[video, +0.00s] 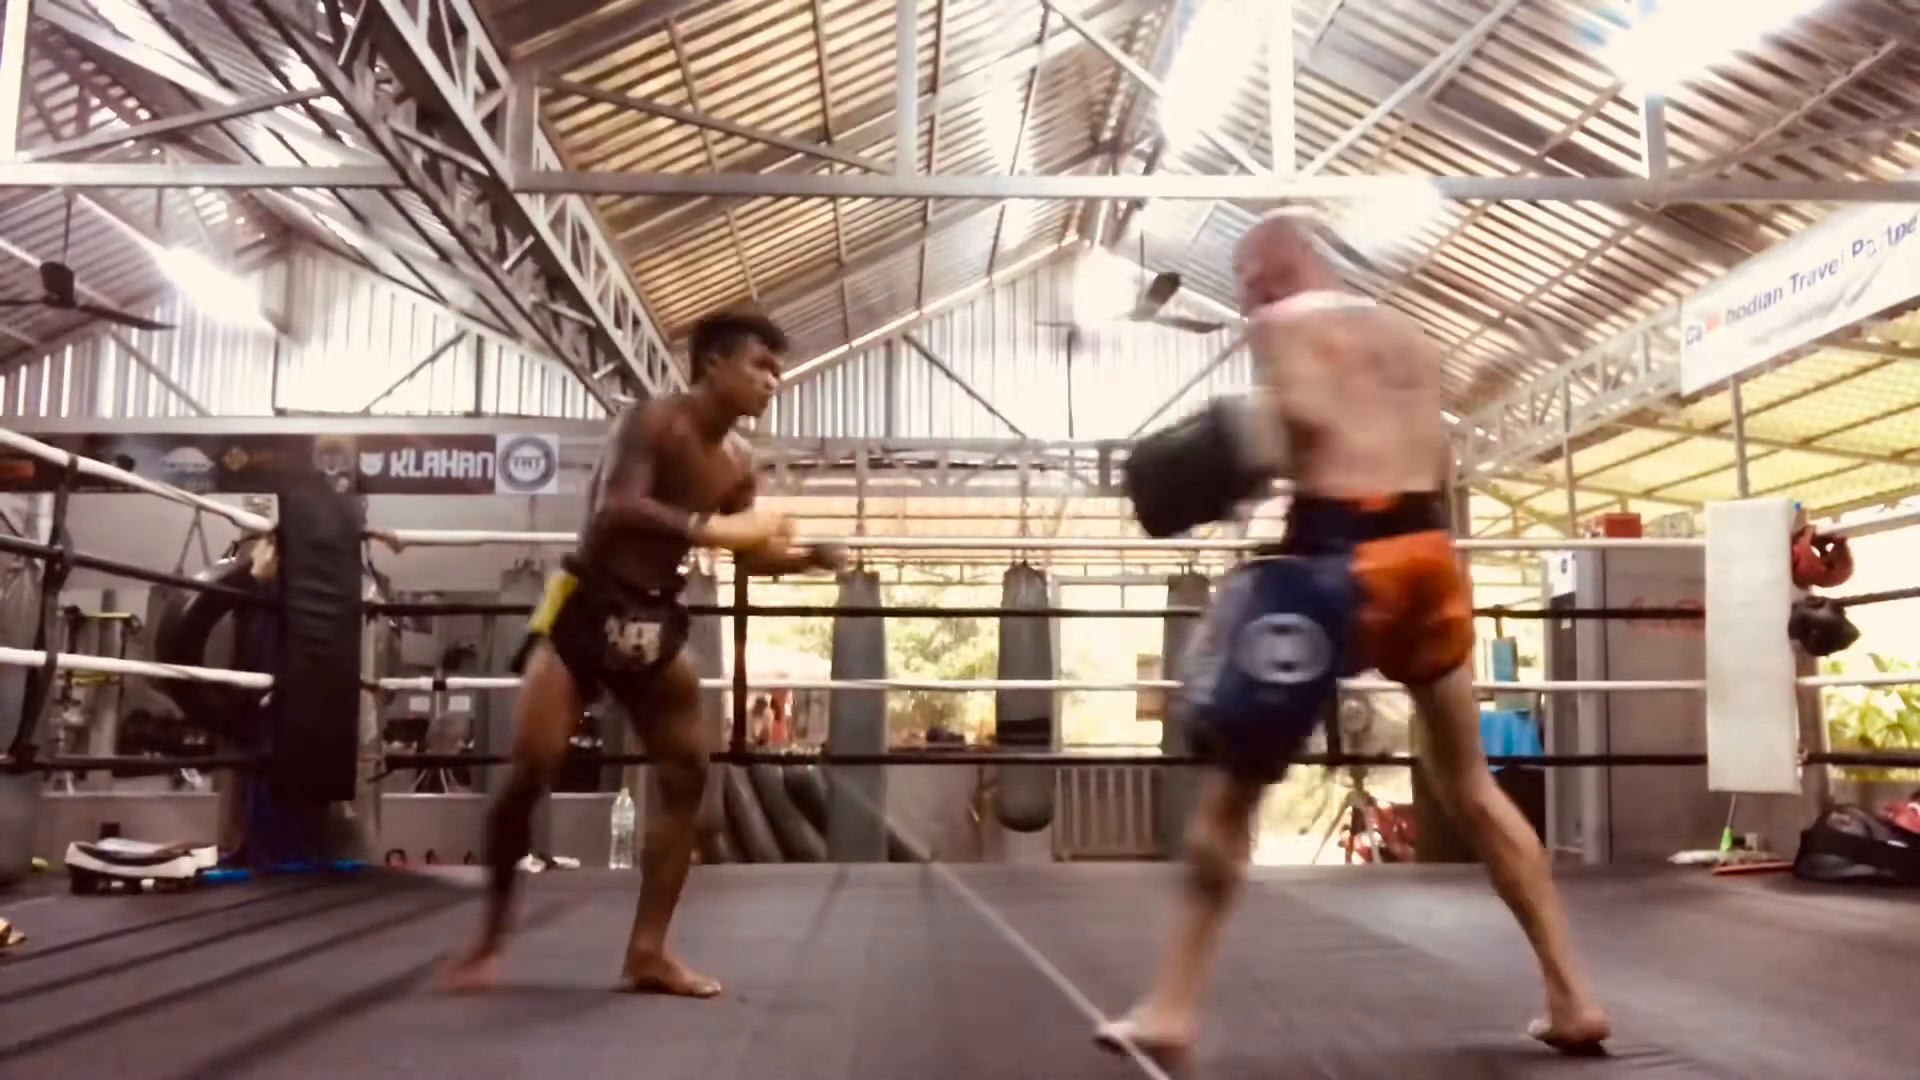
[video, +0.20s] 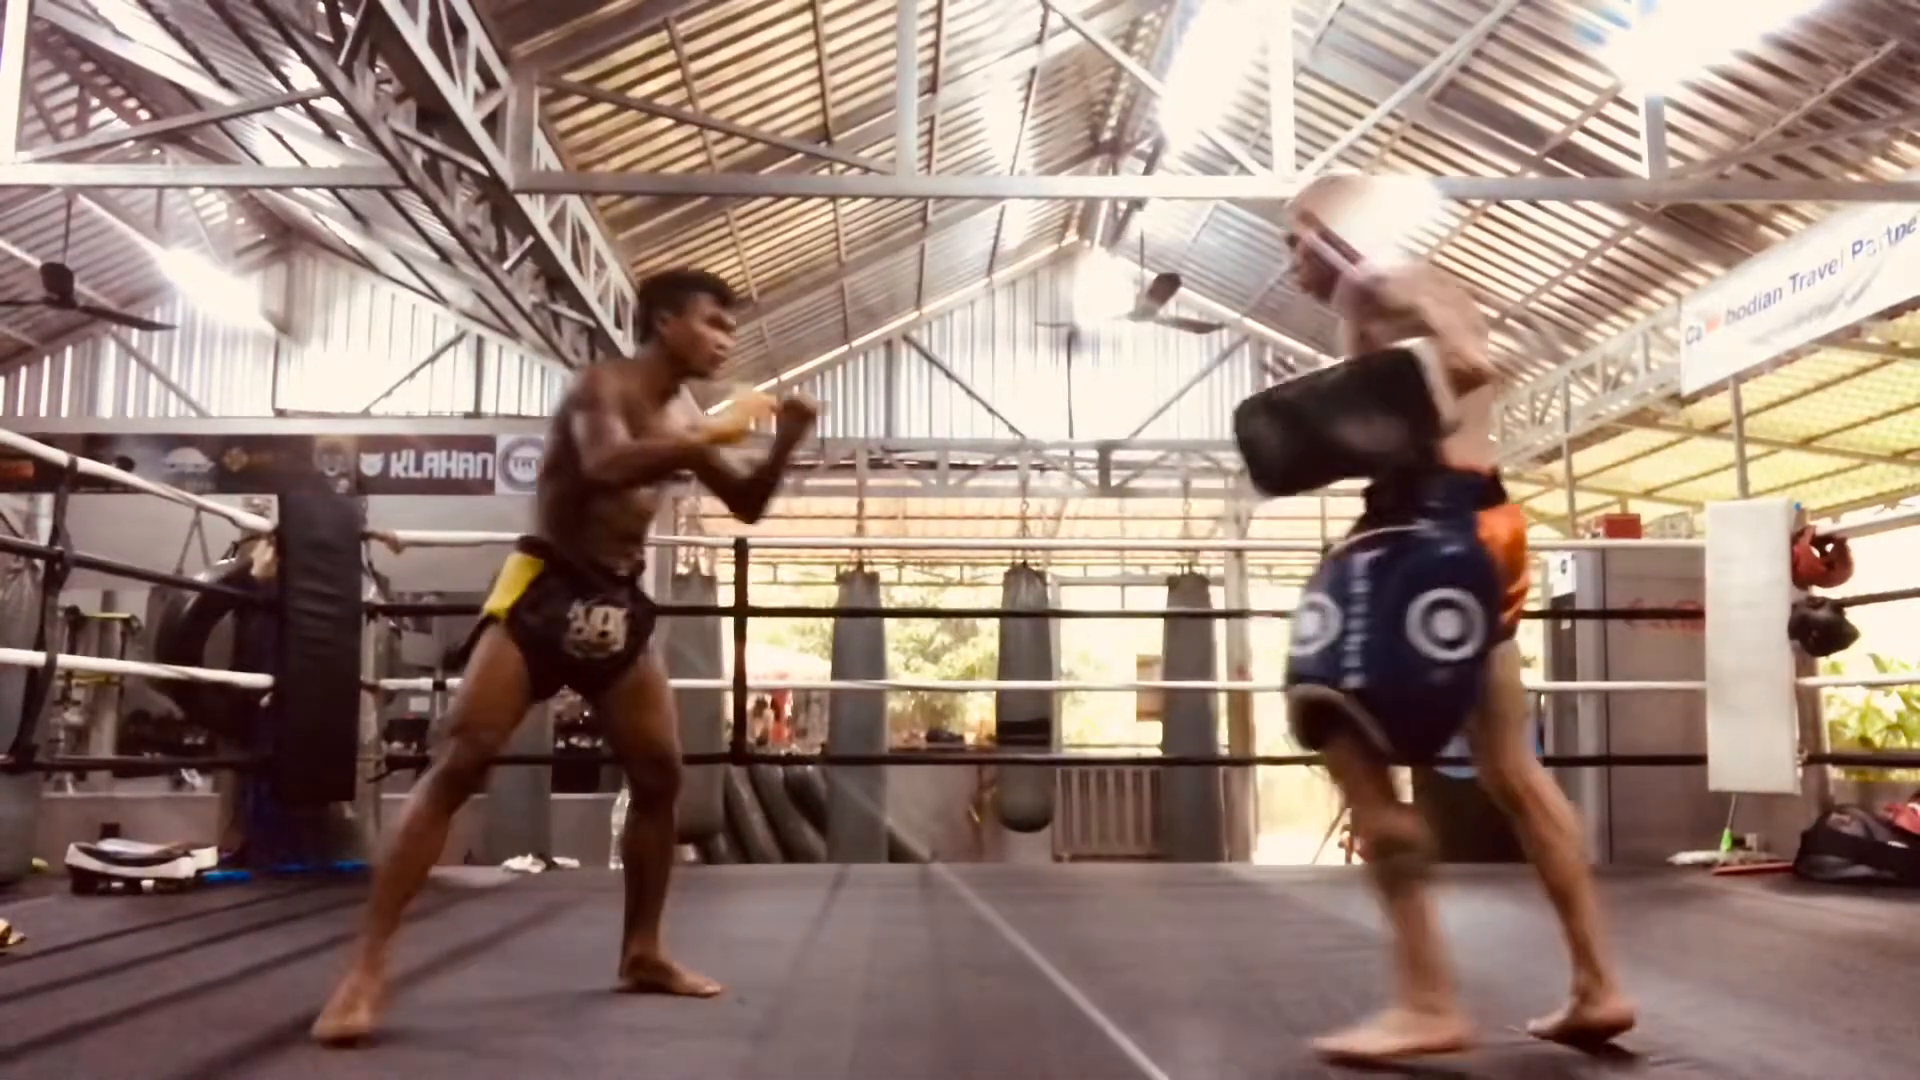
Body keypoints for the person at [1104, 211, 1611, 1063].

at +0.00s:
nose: (1252, 302)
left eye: (1254, 286)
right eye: (1249, 289)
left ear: (1285, 266)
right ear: (1317, 261)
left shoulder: (1284, 322)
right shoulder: (1410, 334)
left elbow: (1298, 430)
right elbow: (1429, 461)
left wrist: (1214, 454)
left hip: (1333, 562)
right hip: (1431, 551)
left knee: (1230, 797)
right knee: (1470, 788)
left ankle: (1171, 1011)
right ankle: (1573, 999)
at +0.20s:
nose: (1294, 264)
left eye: (1301, 244)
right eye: (1292, 249)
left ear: (1341, 232)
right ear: (1361, 232)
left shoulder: (1390, 289)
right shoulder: (1407, 297)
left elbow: (1472, 362)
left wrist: (1379, 410)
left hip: (1434, 524)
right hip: (1482, 522)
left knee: (1334, 704)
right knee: (1511, 766)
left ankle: (1427, 1003)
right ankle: (1599, 988)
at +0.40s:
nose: (1295, 274)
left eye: (1300, 252)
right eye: (1291, 257)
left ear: (1339, 239)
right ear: (1353, 235)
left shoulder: (1403, 284)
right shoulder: (1425, 293)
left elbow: (1508, 357)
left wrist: (1404, 416)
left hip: (1479, 532)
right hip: (1517, 532)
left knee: (1456, 774)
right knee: (1535, 773)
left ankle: (1500, 1024)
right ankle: (1625, 987)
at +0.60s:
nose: (1287, 304)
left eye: (1290, 283)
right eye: (1280, 288)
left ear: (1334, 264)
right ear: (1349, 265)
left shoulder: (1422, 322)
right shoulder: (1457, 310)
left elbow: (1484, 450)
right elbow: (1494, 454)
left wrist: (1367, 474)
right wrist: (1375, 493)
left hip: (1514, 537)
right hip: (1555, 534)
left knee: (1451, 762)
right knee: (1525, 760)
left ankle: (1499, 1026)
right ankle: (1615, 962)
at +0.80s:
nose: (1318, 283)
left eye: (1322, 264)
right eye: (1315, 268)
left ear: (1361, 253)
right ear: (1396, 242)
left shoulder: (1434, 301)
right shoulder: (1475, 297)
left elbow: (1474, 424)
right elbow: (1489, 418)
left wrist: (1369, 414)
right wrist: (1379, 382)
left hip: (1514, 528)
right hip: (1564, 523)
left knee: (1464, 761)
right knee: (1561, 765)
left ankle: (1499, 1023)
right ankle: (1645, 960)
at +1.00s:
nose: (1364, 295)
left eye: (1371, 273)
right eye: (1359, 278)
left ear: (1420, 258)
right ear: (1425, 260)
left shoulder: (1493, 307)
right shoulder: (1465, 334)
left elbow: (1560, 387)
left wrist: (1459, 391)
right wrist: (1408, 428)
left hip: (1540, 541)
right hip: (1552, 541)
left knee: (1458, 767)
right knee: (1580, 785)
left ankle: (1496, 1023)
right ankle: (1673, 992)